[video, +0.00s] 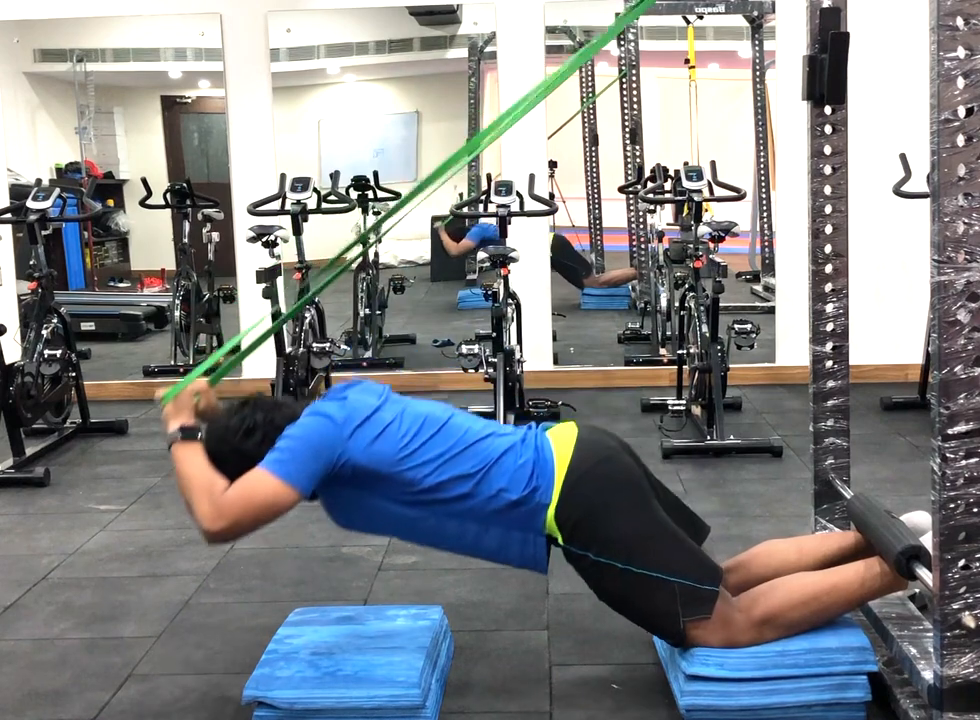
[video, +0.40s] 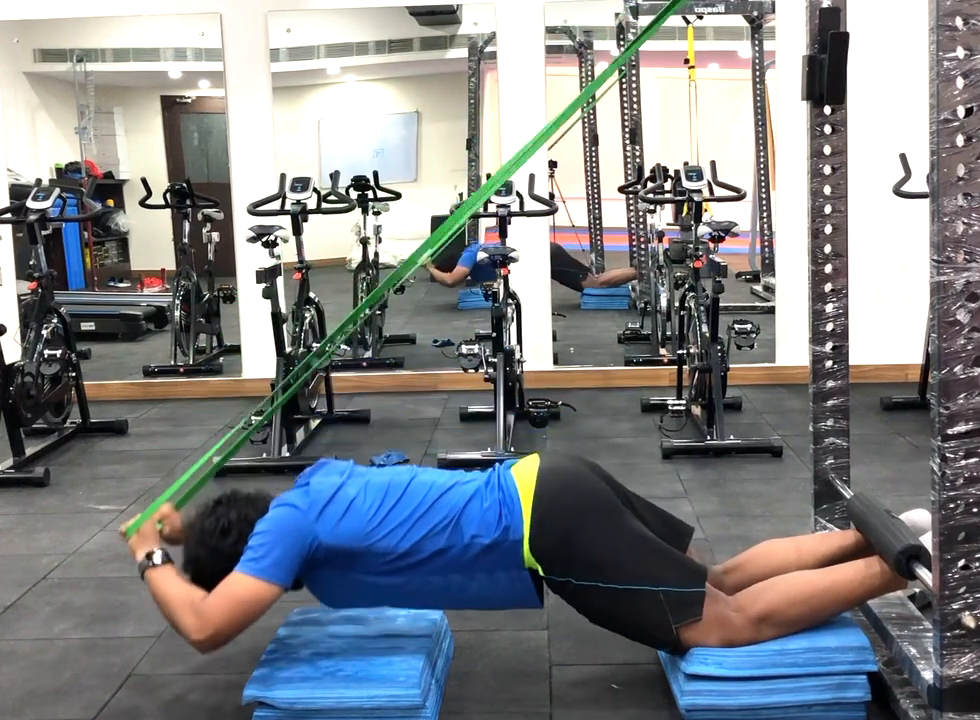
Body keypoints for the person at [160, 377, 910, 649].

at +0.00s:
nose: (244, 479)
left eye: (241, 465)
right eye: (238, 467)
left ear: (263, 441)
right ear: (273, 405)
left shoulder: (325, 428)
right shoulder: (337, 403)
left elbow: (218, 518)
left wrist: (179, 431)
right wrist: (217, 424)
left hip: (574, 496)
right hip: (578, 464)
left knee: (725, 625)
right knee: (710, 586)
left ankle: (904, 567)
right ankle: (863, 536)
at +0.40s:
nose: (239, 576)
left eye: (231, 567)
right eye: (226, 564)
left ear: (245, 547)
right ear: (249, 503)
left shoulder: (297, 519)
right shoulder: (317, 486)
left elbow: (203, 625)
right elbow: (232, 597)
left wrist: (149, 561)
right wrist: (180, 553)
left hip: (547, 525)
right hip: (552, 483)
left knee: (718, 631)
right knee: (715, 581)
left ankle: (902, 565)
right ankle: (866, 534)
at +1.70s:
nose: (269, 468)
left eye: (265, 458)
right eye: (262, 459)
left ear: (281, 428)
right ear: (291, 406)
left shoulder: (349, 404)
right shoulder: (352, 396)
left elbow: (246, 500)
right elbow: (261, 483)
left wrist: (178, 447)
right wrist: (201, 442)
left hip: (591, 473)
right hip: (589, 461)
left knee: (728, 623)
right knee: (716, 586)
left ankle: (907, 567)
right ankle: (864, 533)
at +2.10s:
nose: (333, 367)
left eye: (326, 351)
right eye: (327, 353)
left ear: (341, 328)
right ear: (360, 308)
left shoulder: (412, 322)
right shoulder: (415, 318)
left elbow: (302, 397)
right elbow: (318, 391)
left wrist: (235, 344)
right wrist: (253, 343)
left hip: (633, 447)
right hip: (632, 434)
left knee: (729, 623)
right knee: (727, 581)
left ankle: (900, 568)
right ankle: (861, 535)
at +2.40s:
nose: (404, 295)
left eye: (403, 281)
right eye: (396, 286)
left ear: (426, 256)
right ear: (435, 237)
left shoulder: (490, 254)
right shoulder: (486, 262)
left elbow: (365, 312)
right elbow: (378, 301)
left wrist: (292, 252)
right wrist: (311, 248)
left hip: (672, 433)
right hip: (668, 425)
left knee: (726, 626)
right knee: (731, 578)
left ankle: (905, 571)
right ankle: (869, 539)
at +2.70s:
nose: (492, 231)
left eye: (494, 216)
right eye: (486, 221)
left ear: (523, 190)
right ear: (525, 193)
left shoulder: (583, 203)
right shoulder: (562, 226)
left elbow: (455, 236)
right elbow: (463, 231)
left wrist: (388, 162)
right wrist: (403, 175)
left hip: (717, 430)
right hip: (687, 437)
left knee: (728, 624)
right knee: (708, 588)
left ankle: (902, 573)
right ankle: (865, 541)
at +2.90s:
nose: (543, 182)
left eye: (550, 167)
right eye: (540, 168)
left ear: (583, 148)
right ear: (590, 150)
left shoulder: (648, 173)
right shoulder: (612, 203)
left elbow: (526, 174)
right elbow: (528, 178)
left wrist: (475, 86)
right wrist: (483, 102)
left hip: (731, 427)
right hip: (697, 430)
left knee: (724, 620)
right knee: (710, 572)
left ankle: (908, 595)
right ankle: (867, 559)